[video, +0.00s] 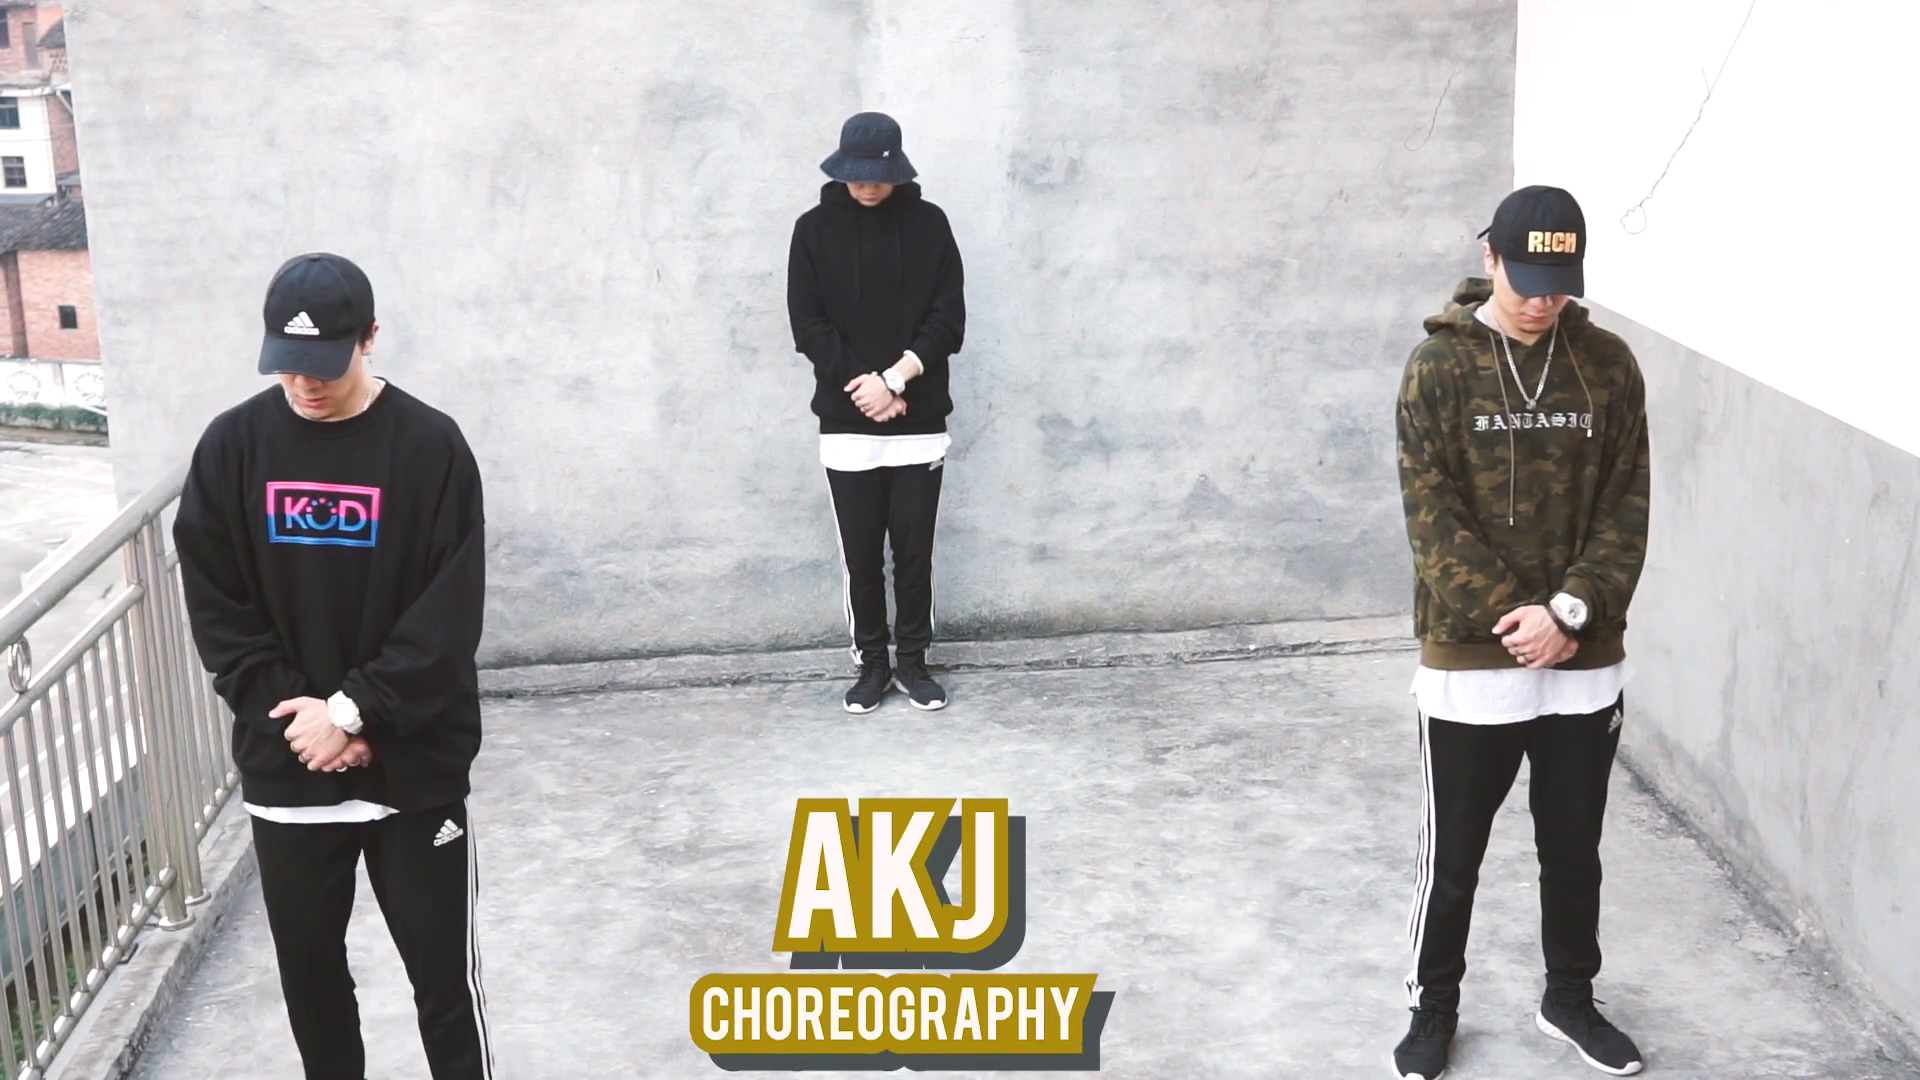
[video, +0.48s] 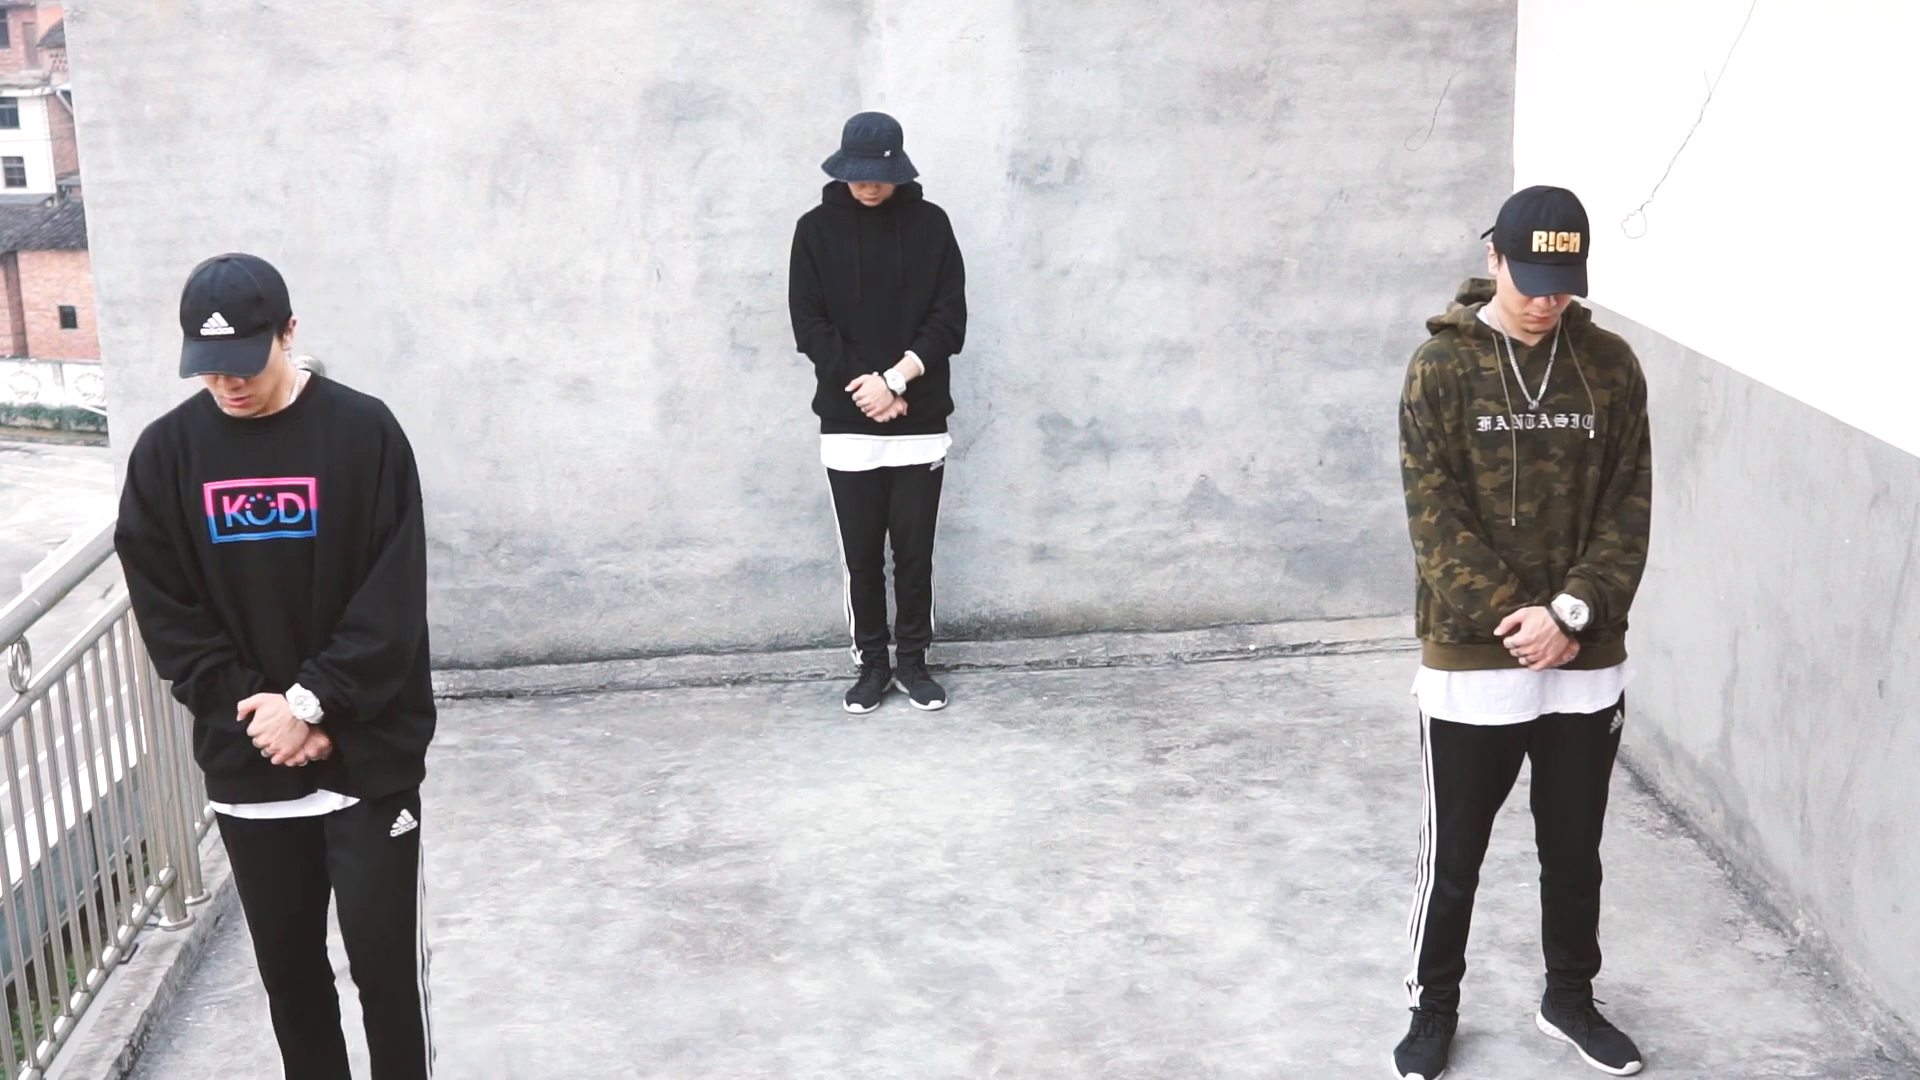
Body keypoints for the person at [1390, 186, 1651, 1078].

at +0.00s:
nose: (1547, 300)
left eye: (1562, 284)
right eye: (1531, 281)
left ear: (1582, 271)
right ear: (1491, 259)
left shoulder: (1610, 364)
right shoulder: (1440, 363)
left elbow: (1628, 508)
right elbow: (1431, 514)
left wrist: (1574, 613)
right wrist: (1519, 621)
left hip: (1583, 661)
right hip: (1469, 663)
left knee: (1574, 850)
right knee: (1452, 853)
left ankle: (1571, 998)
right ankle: (1433, 1006)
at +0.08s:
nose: (1547, 300)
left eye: (1563, 284)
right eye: (1531, 282)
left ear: (1582, 271)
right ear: (1492, 259)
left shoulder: (1610, 364)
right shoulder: (1441, 362)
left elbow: (1628, 509)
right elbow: (1431, 514)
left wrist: (1574, 613)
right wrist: (1519, 621)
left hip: (1583, 661)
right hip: (1469, 663)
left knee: (1574, 850)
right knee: (1453, 853)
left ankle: (1571, 998)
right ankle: (1433, 1006)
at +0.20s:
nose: (1548, 300)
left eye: (1564, 283)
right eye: (1532, 281)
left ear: (1583, 271)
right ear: (1493, 259)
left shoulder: (1611, 364)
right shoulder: (1441, 363)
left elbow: (1629, 509)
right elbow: (1432, 515)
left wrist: (1576, 613)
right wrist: (1520, 620)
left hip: (1583, 660)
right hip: (1470, 662)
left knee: (1574, 850)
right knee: (1453, 855)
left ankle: (1571, 998)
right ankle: (1432, 1007)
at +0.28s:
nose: (1548, 300)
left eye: (1564, 284)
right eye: (1532, 282)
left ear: (1583, 271)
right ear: (1493, 259)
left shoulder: (1611, 365)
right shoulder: (1441, 362)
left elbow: (1629, 509)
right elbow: (1432, 514)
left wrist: (1576, 614)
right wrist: (1520, 621)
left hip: (1584, 661)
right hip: (1469, 663)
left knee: (1574, 851)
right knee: (1453, 856)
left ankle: (1570, 998)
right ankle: (1432, 1007)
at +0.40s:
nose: (1550, 300)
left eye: (1565, 284)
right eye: (1534, 281)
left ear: (1584, 272)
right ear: (1494, 259)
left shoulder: (1612, 365)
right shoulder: (1442, 362)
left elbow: (1629, 509)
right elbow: (1433, 514)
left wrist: (1575, 613)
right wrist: (1521, 621)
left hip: (1584, 659)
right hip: (1469, 661)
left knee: (1575, 848)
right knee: (1454, 852)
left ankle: (1570, 997)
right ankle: (1433, 1005)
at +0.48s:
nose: (1552, 300)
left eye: (1566, 284)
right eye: (1535, 282)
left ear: (1585, 272)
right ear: (1495, 260)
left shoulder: (1612, 365)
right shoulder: (1442, 364)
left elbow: (1630, 509)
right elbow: (1434, 515)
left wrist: (1575, 613)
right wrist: (1520, 621)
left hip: (1584, 659)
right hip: (1470, 661)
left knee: (1575, 848)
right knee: (1454, 853)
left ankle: (1570, 997)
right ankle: (1433, 1005)